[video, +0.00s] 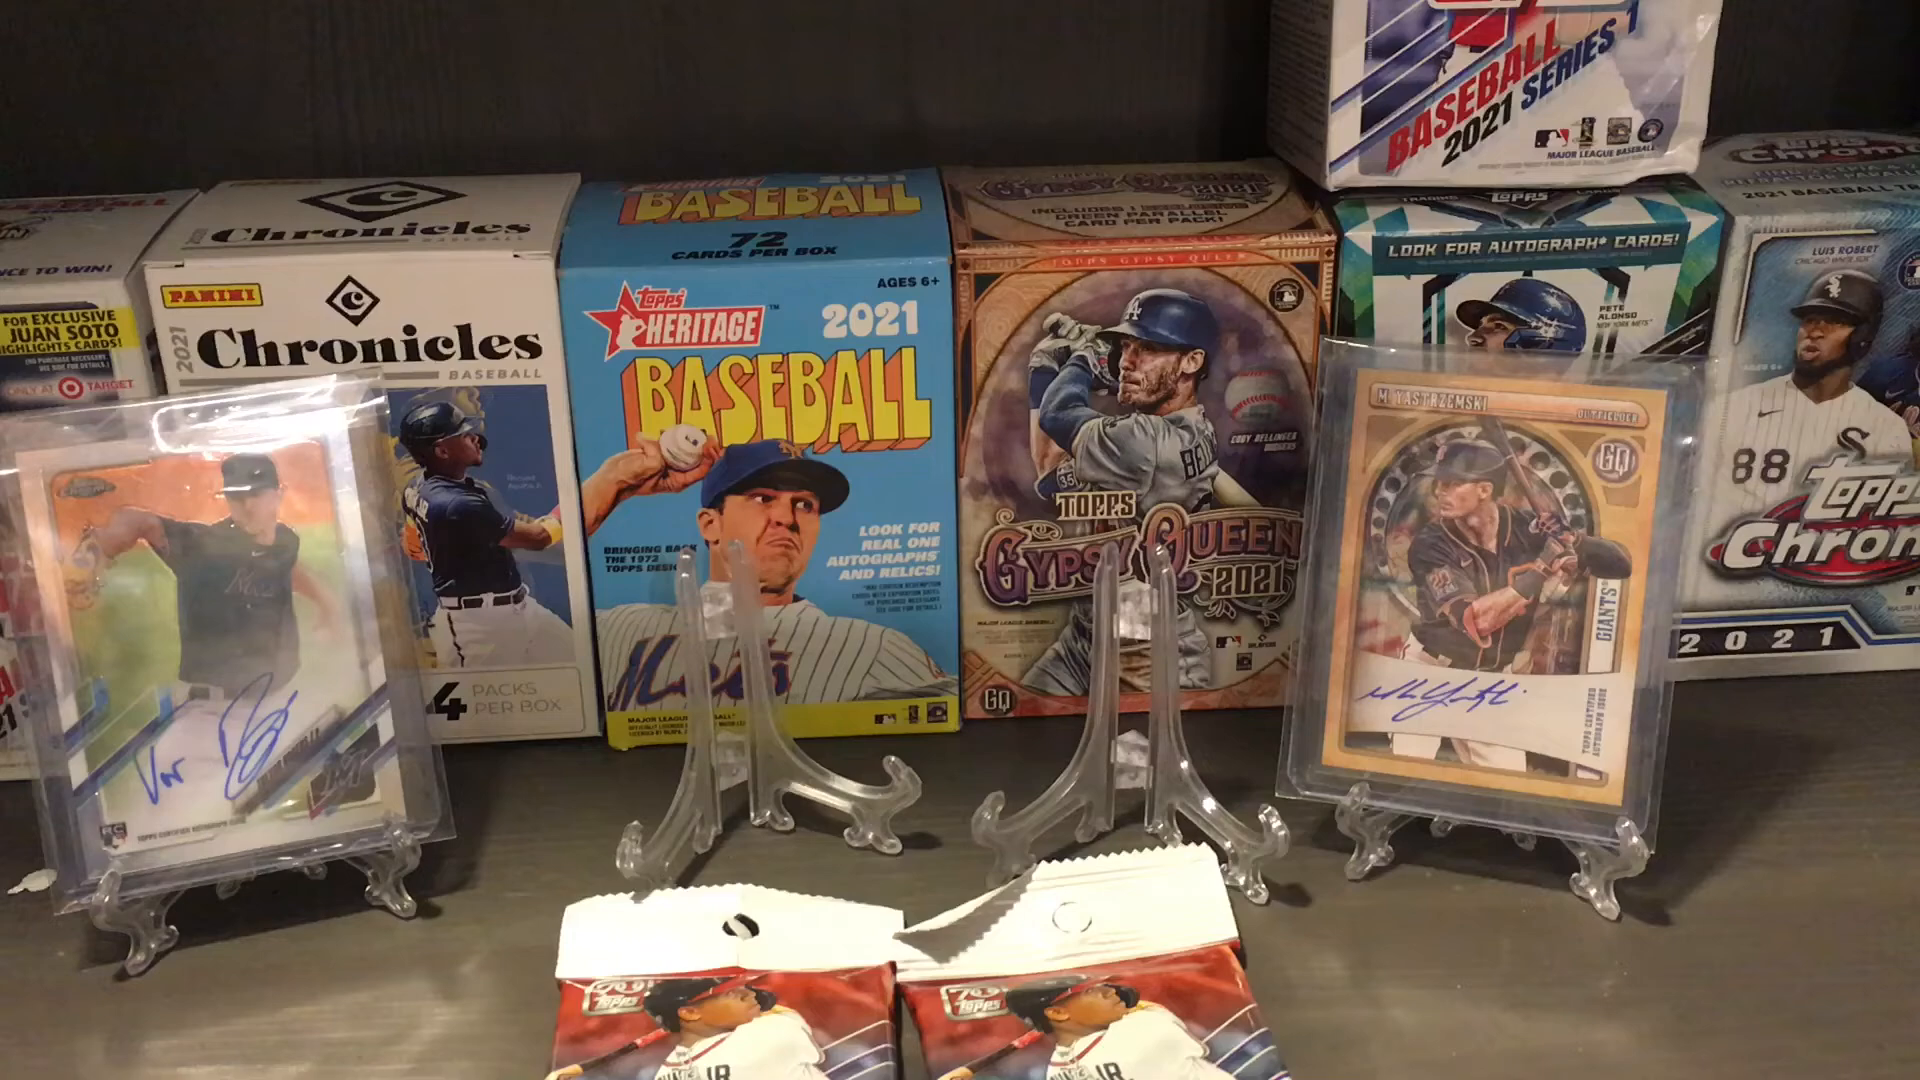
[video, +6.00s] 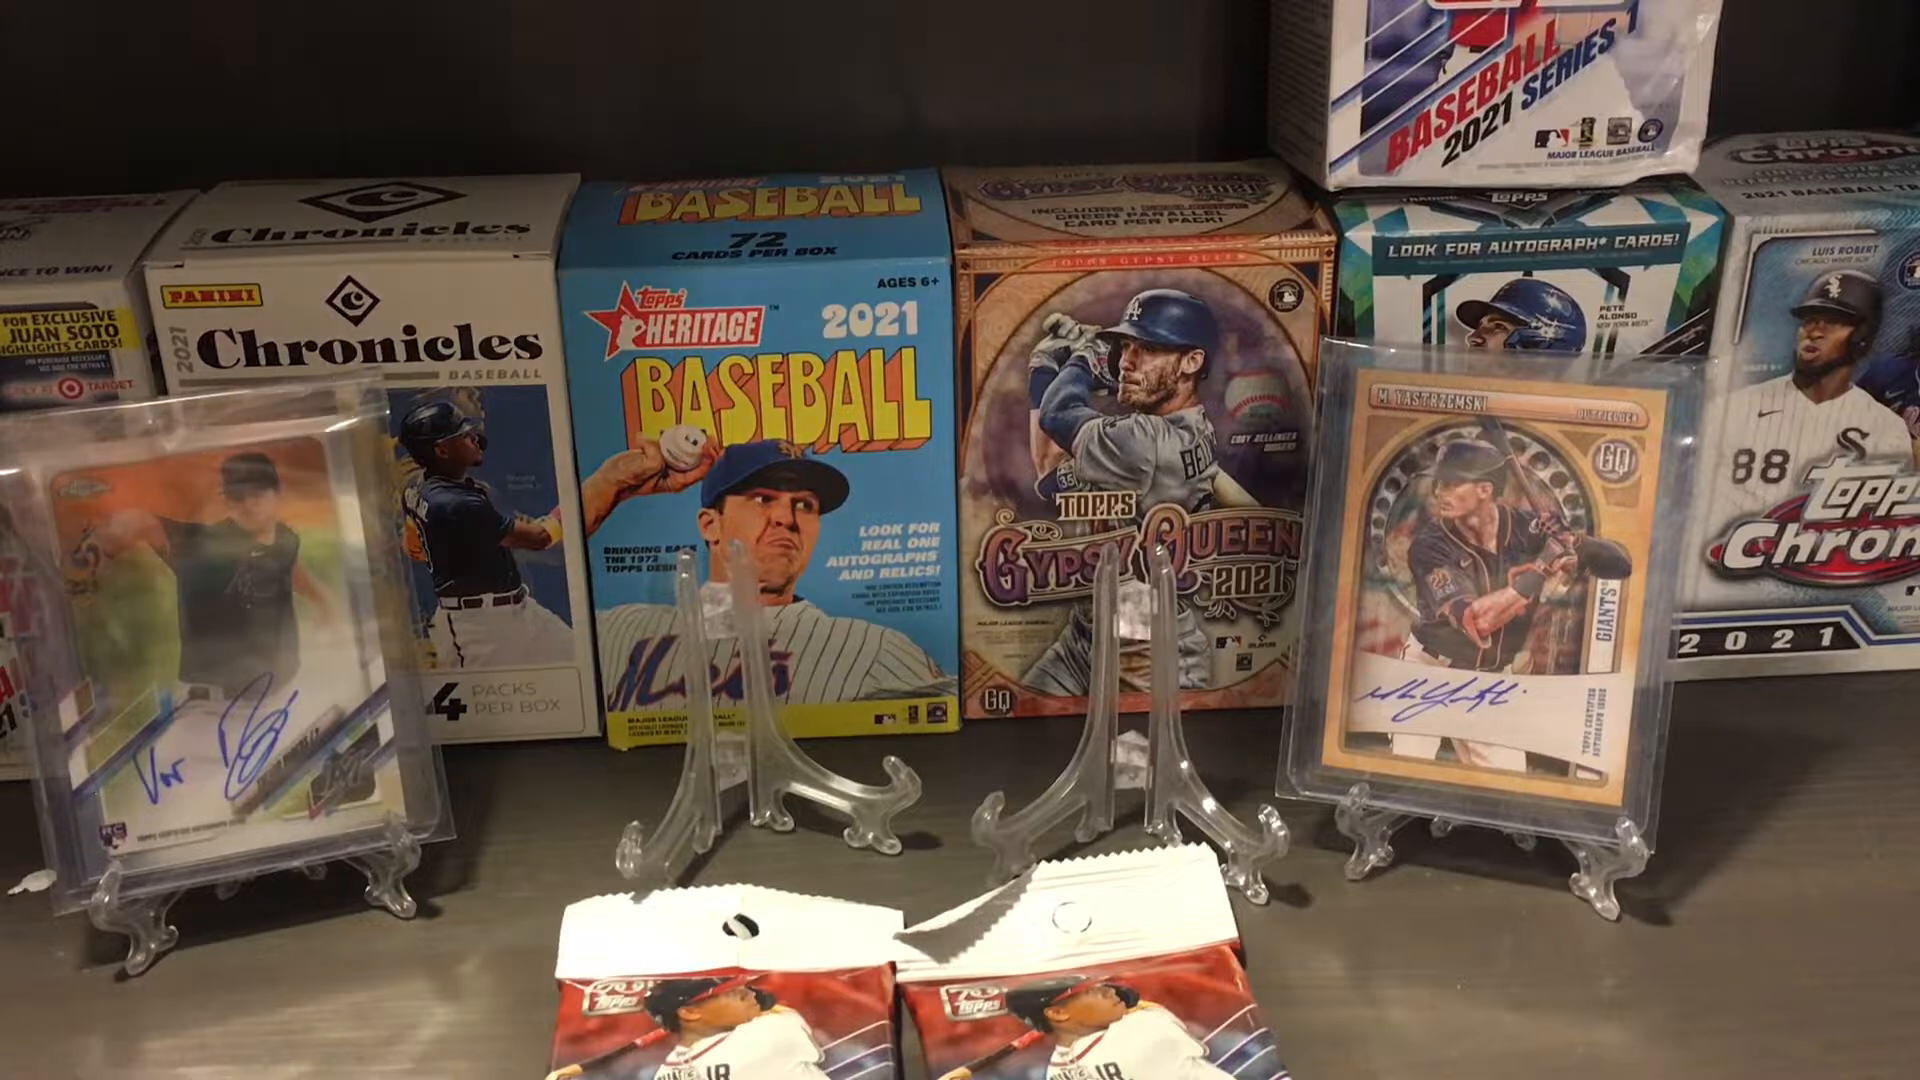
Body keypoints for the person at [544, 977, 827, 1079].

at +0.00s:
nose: (745, 993)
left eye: (735, 986)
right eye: (727, 993)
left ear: (690, 1015)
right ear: (691, 1014)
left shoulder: (665, 1073)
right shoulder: (777, 1035)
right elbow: (781, 1009)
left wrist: (579, 1072)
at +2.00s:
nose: (744, 993)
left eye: (733, 987)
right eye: (726, 993)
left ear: (690, 1015)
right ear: (692, 1014)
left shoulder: (666, 1071)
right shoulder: (778, 1034)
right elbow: (778, 1007)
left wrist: (577, 1072)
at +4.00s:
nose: (743, 993)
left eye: (733, 987)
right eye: (725, 993)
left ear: (690, 1015)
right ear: (692, 1014)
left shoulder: (666, 1071)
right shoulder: (778, 1034)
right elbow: (781, 1009)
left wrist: (576, 1072)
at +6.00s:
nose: (746, 993)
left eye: (737, 987)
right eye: (728, 993)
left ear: (689, 1015)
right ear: (691, 1015)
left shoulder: (665, 1072)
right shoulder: (780, 1033)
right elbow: (777, 1007)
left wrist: (578, 1072)